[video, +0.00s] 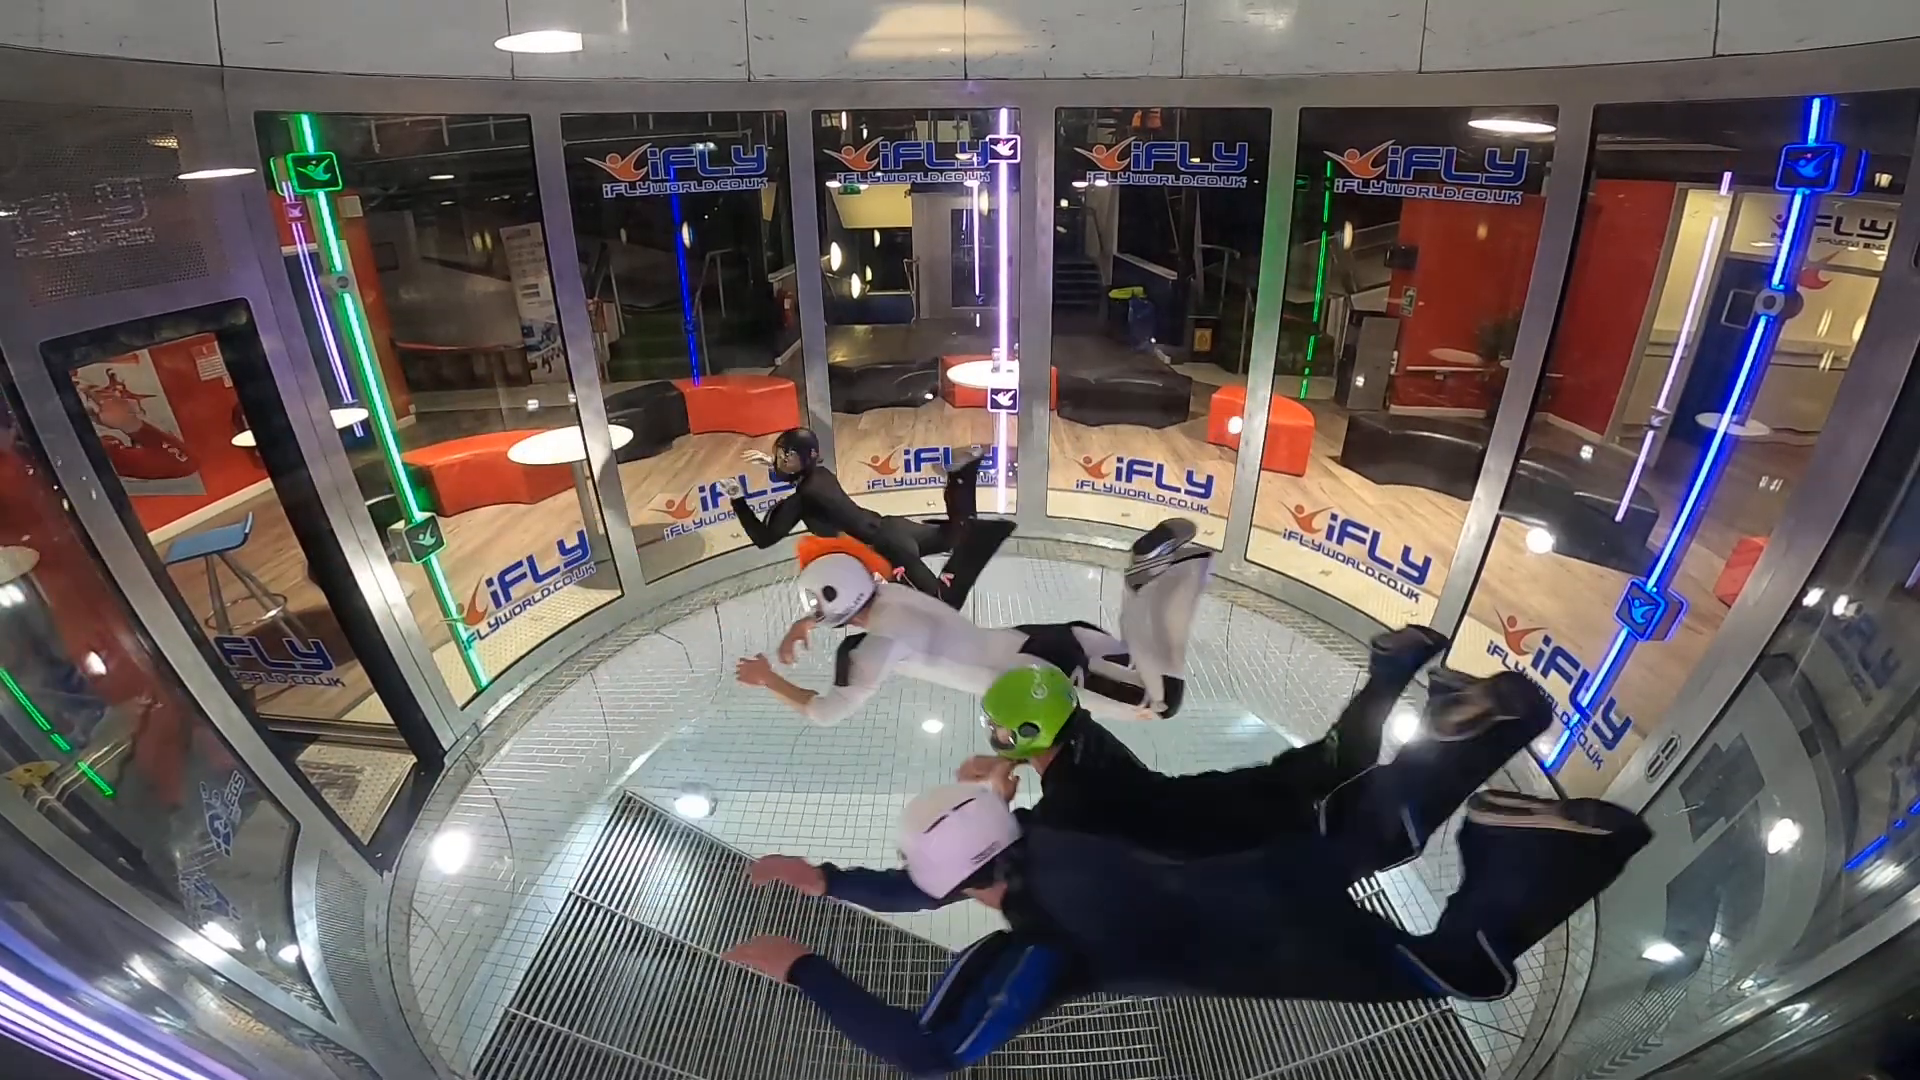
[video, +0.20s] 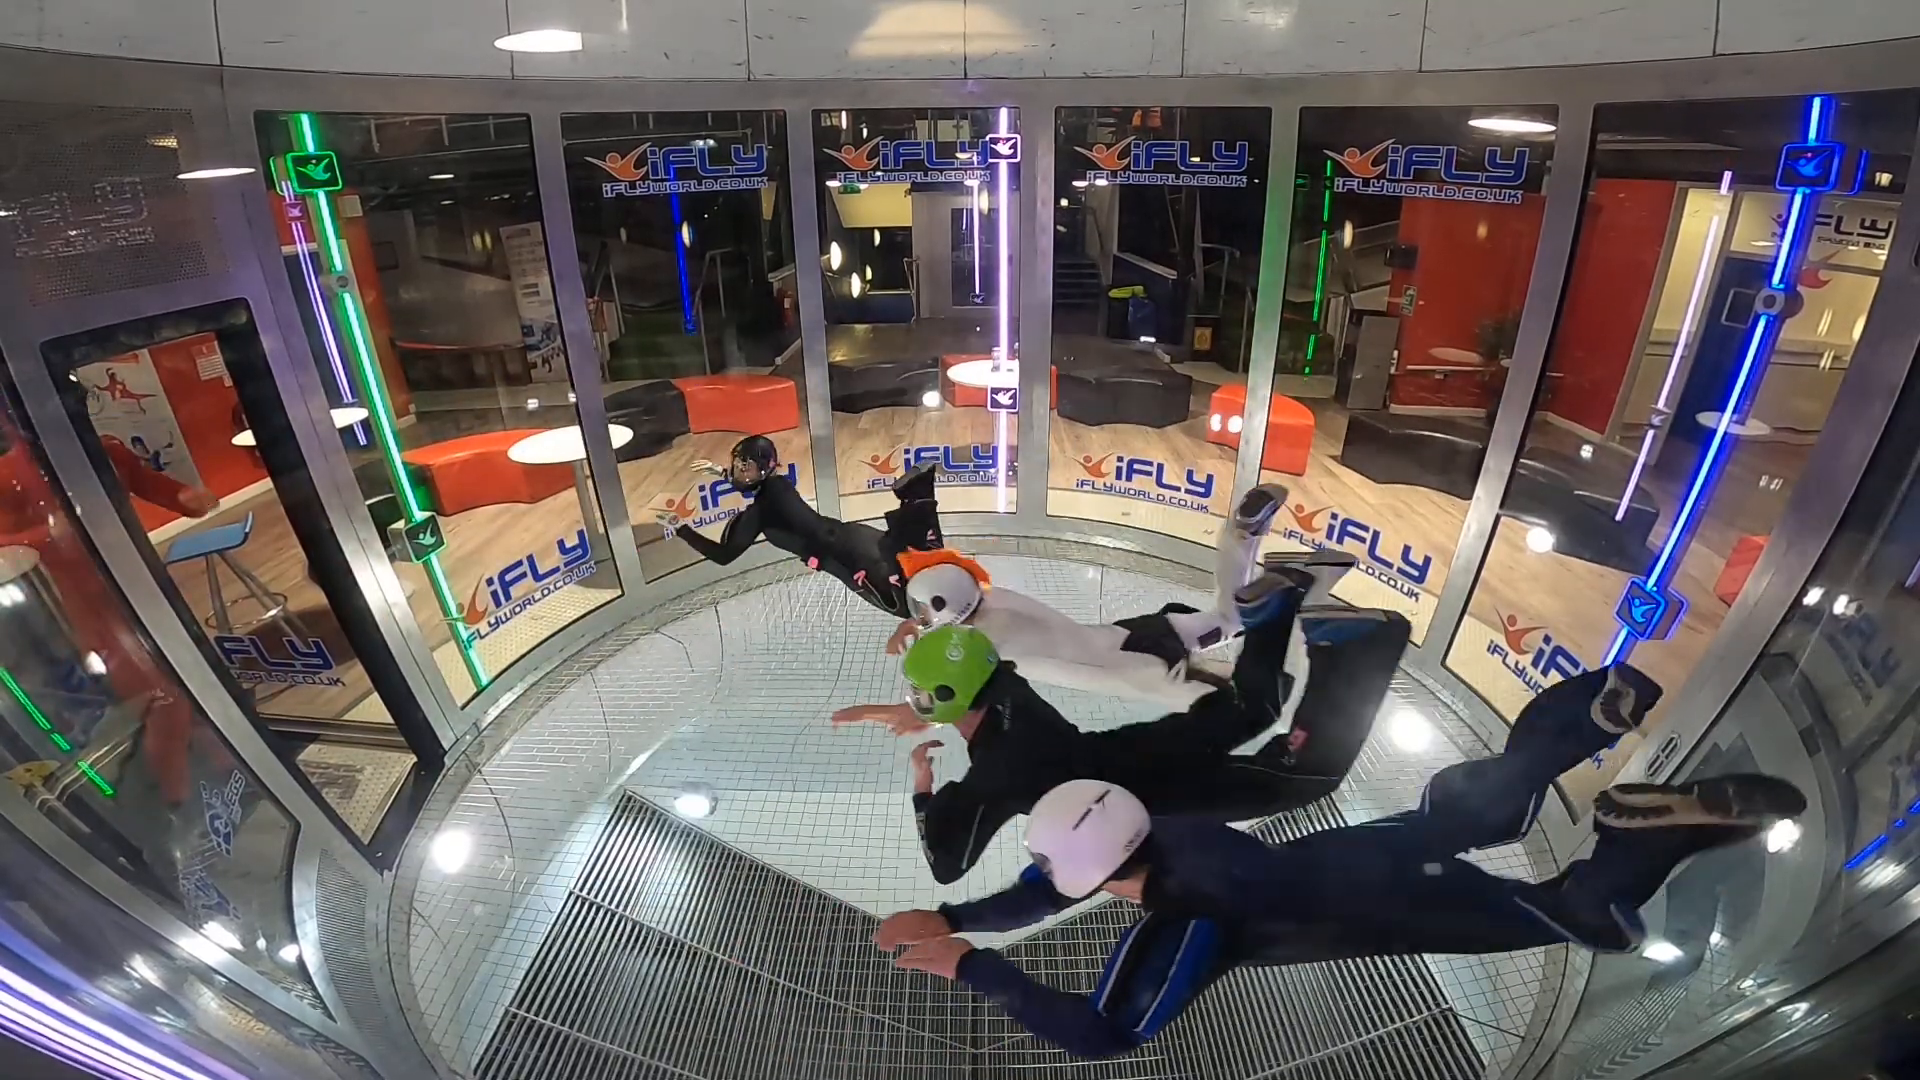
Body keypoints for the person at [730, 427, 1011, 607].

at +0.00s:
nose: (779, 462)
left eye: (786, 456)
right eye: (779, 455)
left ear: (803, 460)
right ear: (803, 456)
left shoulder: (803, 496)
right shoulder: (819, 475)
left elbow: (764, 538)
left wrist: (738, 502)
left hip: (888, 544)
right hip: (892, 524)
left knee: (944, 600)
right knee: (957, 534)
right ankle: (960, 475)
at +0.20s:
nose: (734, 470)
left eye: (741, 465)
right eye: (734, 464)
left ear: (759, 470)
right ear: (754, 468)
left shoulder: (760, 508)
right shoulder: (777, 483)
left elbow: (723, 555)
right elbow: (749, 481)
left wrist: (681, 530)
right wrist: (725, 476)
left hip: (849, 555)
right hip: (856, 535)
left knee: (916, 605)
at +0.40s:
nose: (697, 485)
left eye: (704, 478)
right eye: (696, 477)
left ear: (723, 481)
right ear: (724, 480)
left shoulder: (726, 517)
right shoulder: (741, 499)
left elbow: (685, 569)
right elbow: (716, 519)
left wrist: (637, 552)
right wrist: (690, 502)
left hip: (816, 568)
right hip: (823, 549)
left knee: (888, 595)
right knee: (889, 572)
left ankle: (895, 522)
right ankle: (898, 520)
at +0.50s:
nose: (683, 494)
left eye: (689, 486)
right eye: (681, 486)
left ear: (710, 487)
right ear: (711, 486)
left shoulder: (711, 522)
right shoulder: (729, 502)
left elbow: (670, 577)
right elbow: (706, 516)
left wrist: (619, 559)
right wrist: (678, 512)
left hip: (792, 576)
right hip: (800, 553)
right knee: (852, 578)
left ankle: (883, 542)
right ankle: (883, 535)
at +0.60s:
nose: (672, 498)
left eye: (678, 491)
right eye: (671, 490)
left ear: (697, 492)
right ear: (702, 490)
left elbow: (662, 583)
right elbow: (693, 523)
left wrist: (614, 570)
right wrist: (666, 521)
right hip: (802, 569)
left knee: (876, 611)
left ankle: (882, 550)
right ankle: (881, 548)